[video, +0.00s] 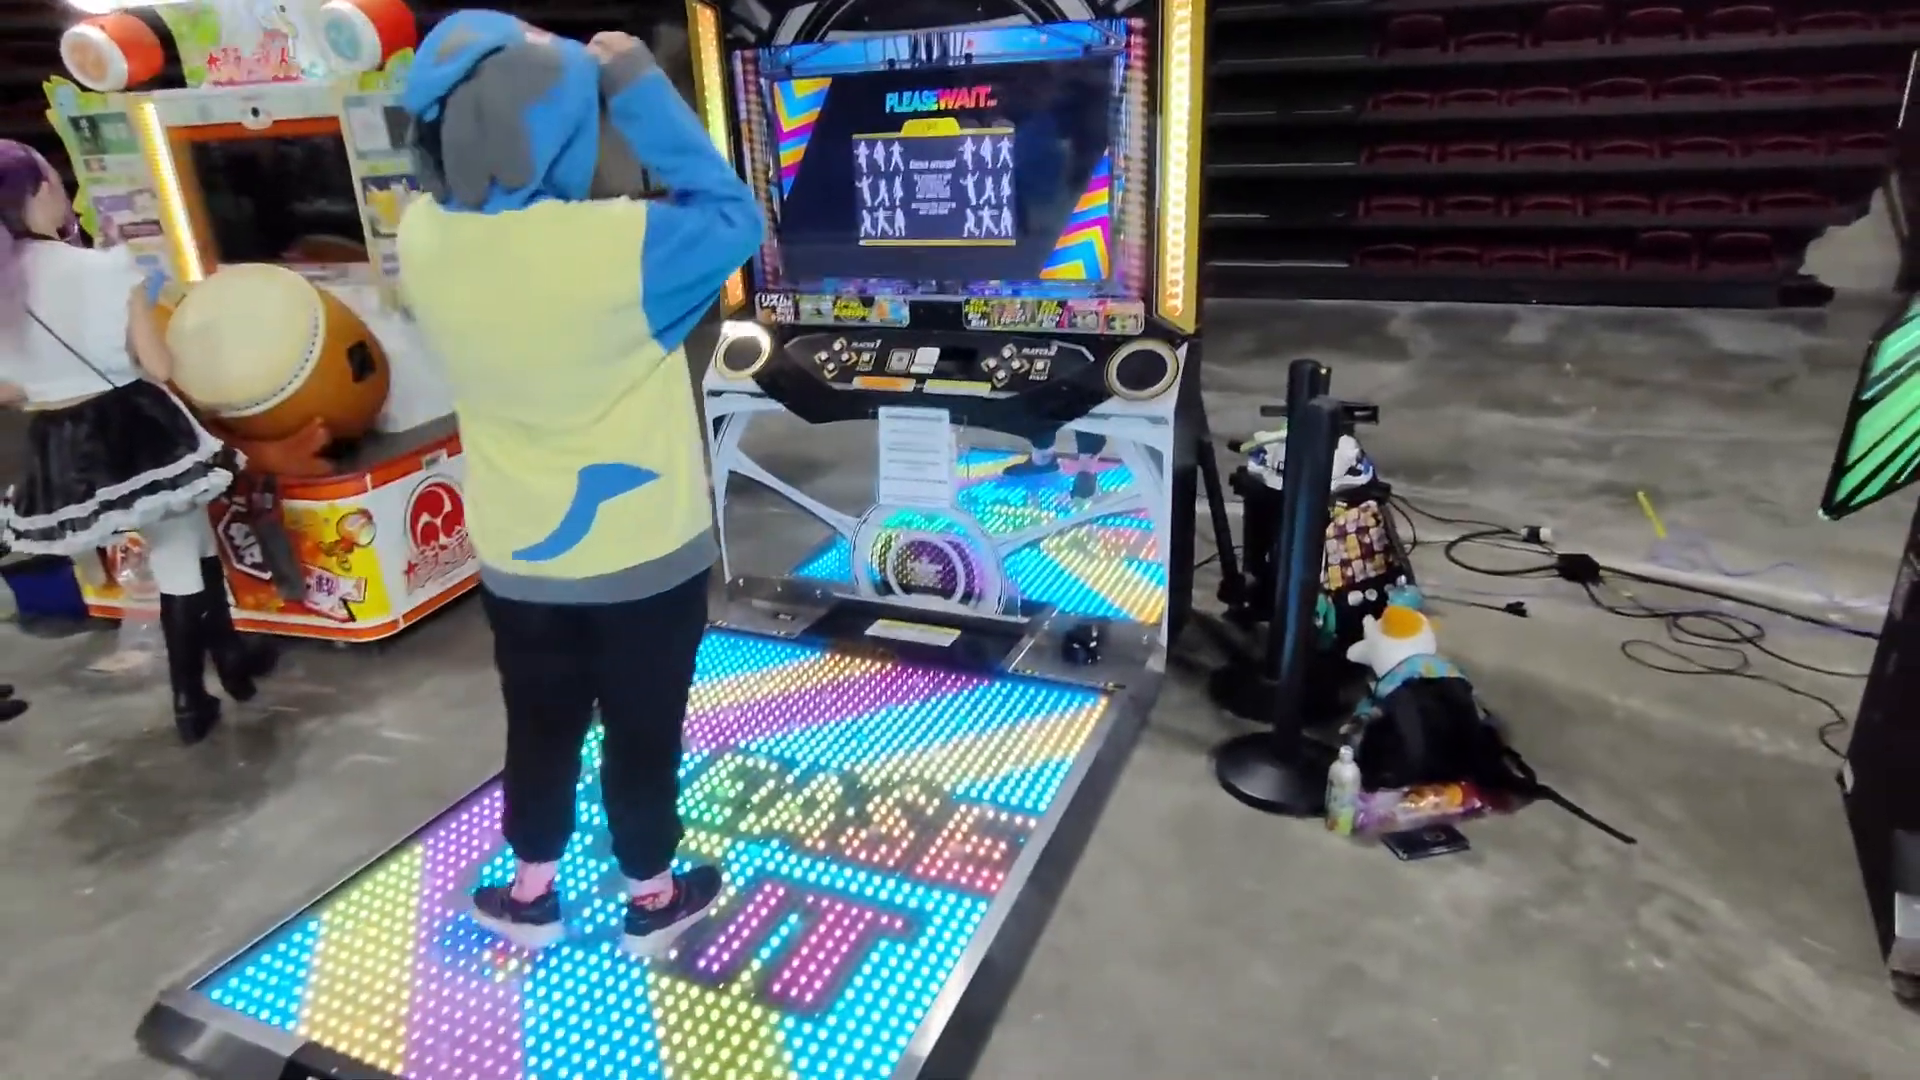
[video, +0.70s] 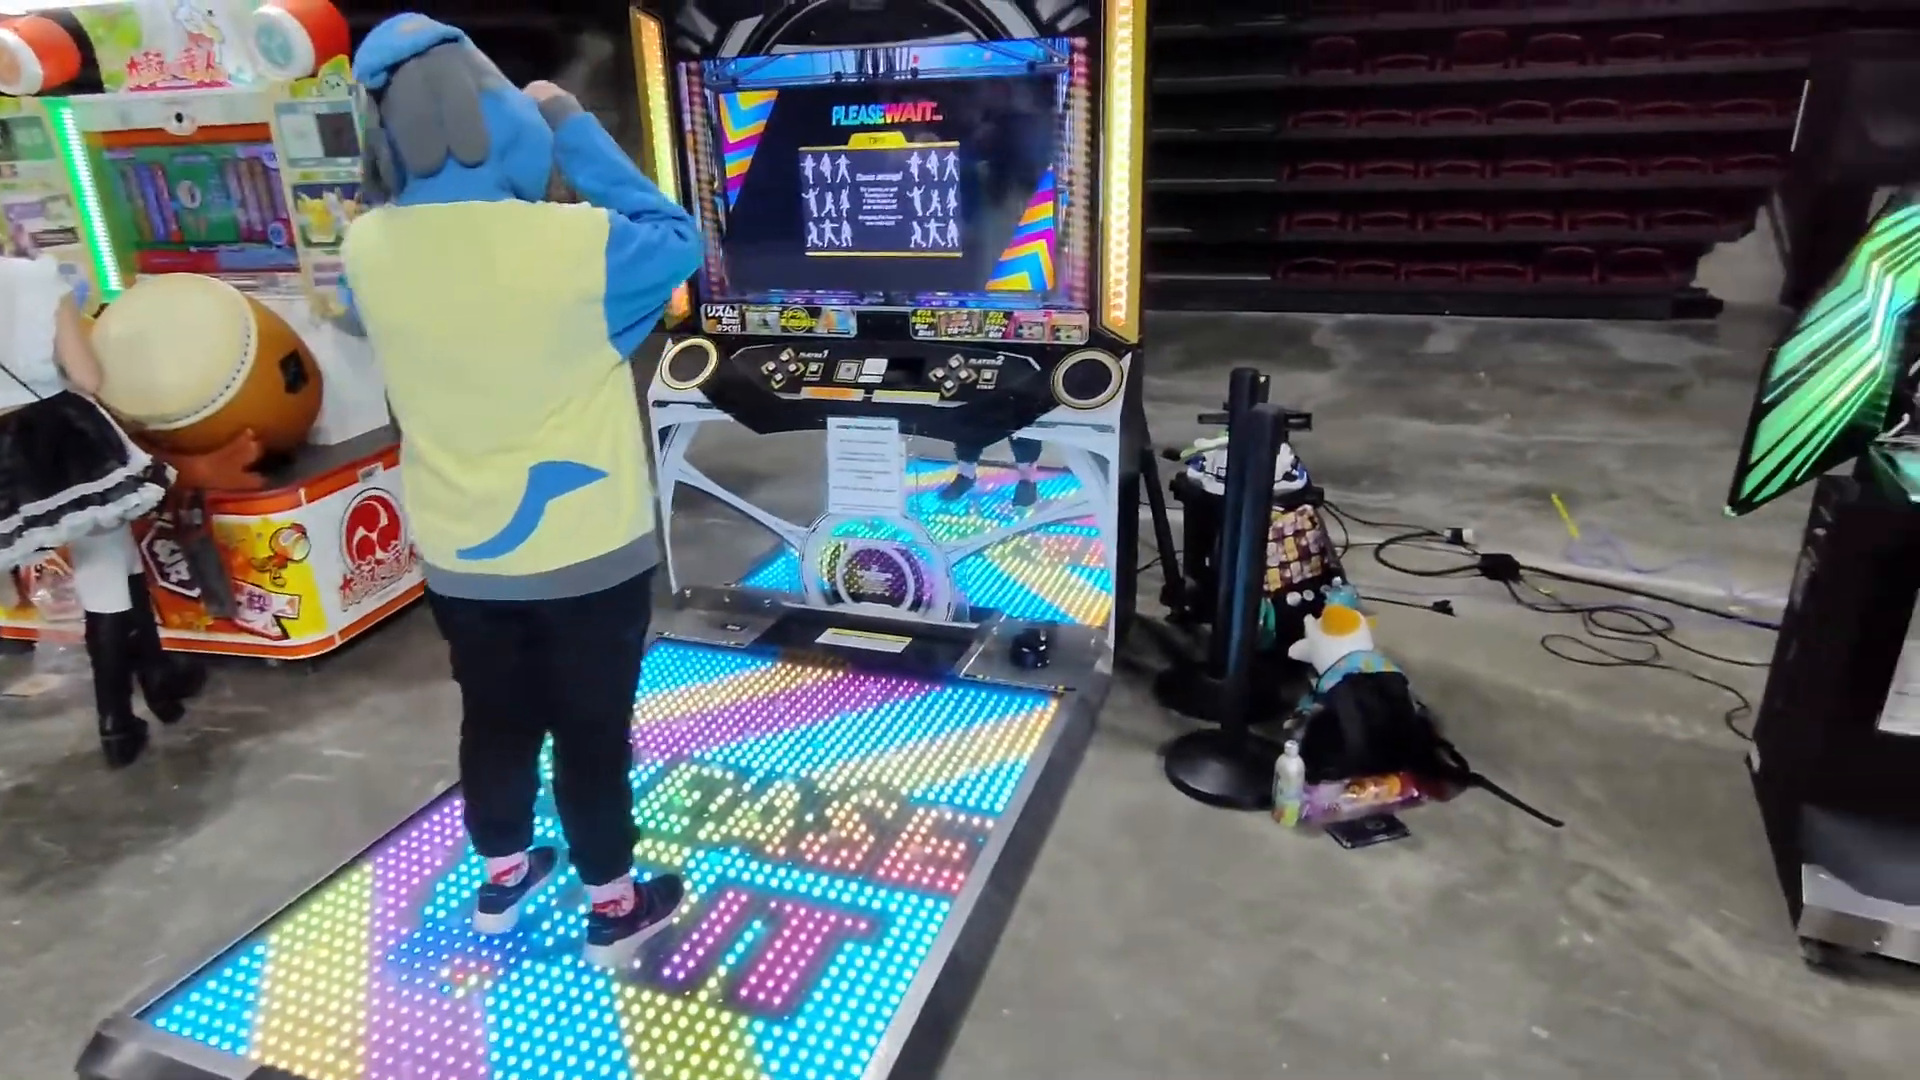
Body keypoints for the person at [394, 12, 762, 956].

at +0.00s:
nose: (600, 141)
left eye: (594, 123)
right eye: (588, 124)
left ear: (466, 147)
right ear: (561, 145)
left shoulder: (428, 248)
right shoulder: (624, 247)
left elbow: (449, 179)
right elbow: (733, 217)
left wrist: (475, 75)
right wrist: (644, 90)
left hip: (516, 557)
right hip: (646, 554)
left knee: (538, 724)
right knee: (643, 732)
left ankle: (531, 885)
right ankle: (650, 894)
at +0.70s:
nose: (511, 121)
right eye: (504, 111)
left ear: (401, 148)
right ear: (505, 131)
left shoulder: (370, 253)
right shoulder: (572, 248)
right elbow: (673, 237)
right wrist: (577, 132)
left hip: (459, 557)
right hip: (590, 553)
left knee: (493, 716)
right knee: (594, 732)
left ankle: (503, 866)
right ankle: (611, 897)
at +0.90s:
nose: (456, 116)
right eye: (444, 107)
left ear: (337, 144)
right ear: (442, 124)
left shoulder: (311, 254)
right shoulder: (514, 247)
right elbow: (612, 243)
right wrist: (520, 134)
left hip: (405, 561)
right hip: (536, 552)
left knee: (447, 718)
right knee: (553, 731)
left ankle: (467, 876)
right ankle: (577, 904)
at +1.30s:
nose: (437, 141)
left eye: (430, 123)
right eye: (425, 124)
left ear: (305, 143)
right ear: (396, 136)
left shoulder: (264, 252)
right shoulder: (441, 258)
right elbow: (560, 310)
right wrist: (508, 180)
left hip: (352, 573)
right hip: (479, 566)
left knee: (408, 720)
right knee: (545, 727)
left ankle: (432, 882)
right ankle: (569, 911)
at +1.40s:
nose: (450, 147)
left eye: (444, 127)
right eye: (437, 127)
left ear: (310, 135)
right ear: (401, 134)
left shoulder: (272, 250)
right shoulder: (445, 257)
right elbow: (558, 360)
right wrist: (540, 251)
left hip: (351, 569)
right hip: (478, 564)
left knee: (407, 715)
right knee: (542, 730)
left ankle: (430, 876)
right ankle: (579, 909)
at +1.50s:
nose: (465, 148)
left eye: (458, 127)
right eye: (454, 129)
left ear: (335, 138)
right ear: (422, 137)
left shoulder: (293, 246)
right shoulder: (466, 267)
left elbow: (341, 366)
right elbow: (552, 399)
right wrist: (604, 372)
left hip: (363, 568)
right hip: (490, 568)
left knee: (415, 719)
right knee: (546, 734)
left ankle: (432, 881)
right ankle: (583, 911)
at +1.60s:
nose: (486, 143)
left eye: (478, 122)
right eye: (473, 123)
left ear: (358, 134)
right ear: (440, 132)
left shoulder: (319, 242)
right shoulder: (486, 267)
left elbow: (338, 378)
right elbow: (569, 412)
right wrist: (623, 502)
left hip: (382, 567)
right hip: (508, 568)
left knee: (427, 720)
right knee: (554, 738)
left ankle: (437, 880)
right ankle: (587, 913)